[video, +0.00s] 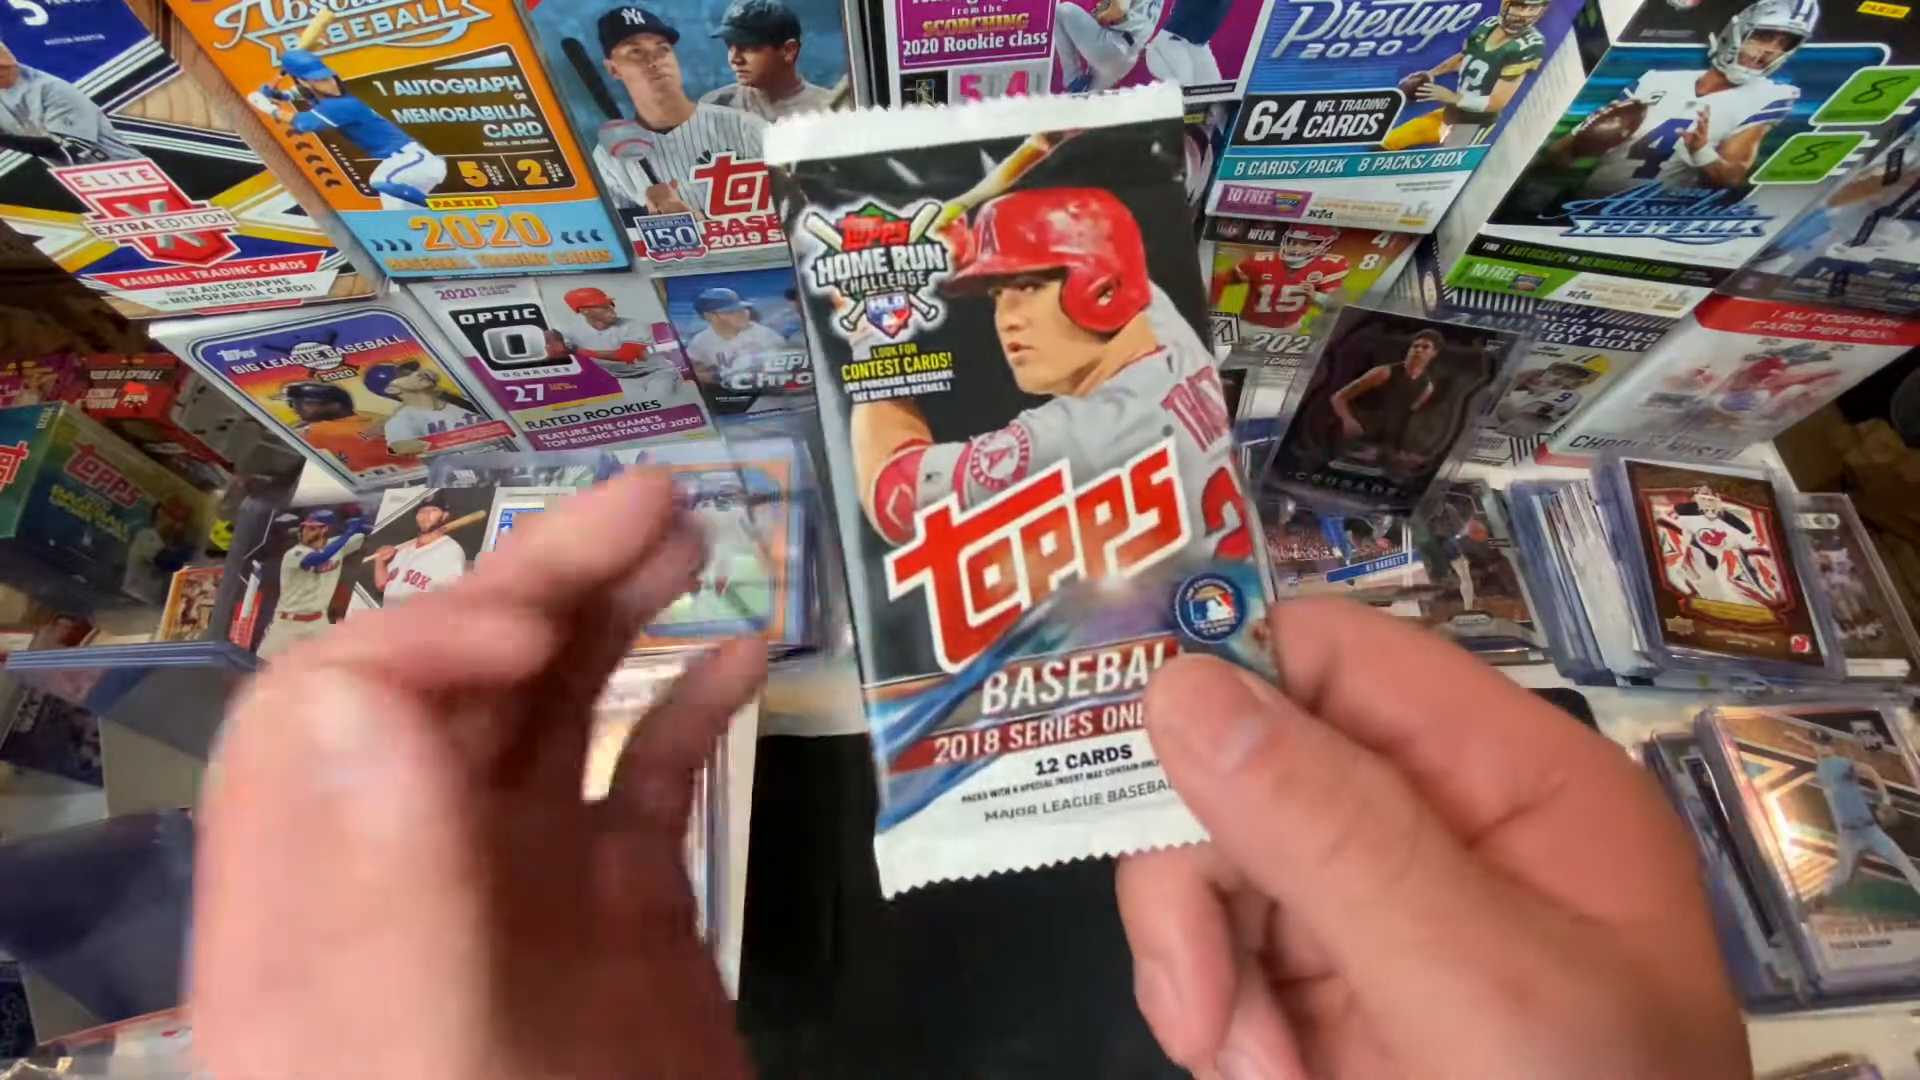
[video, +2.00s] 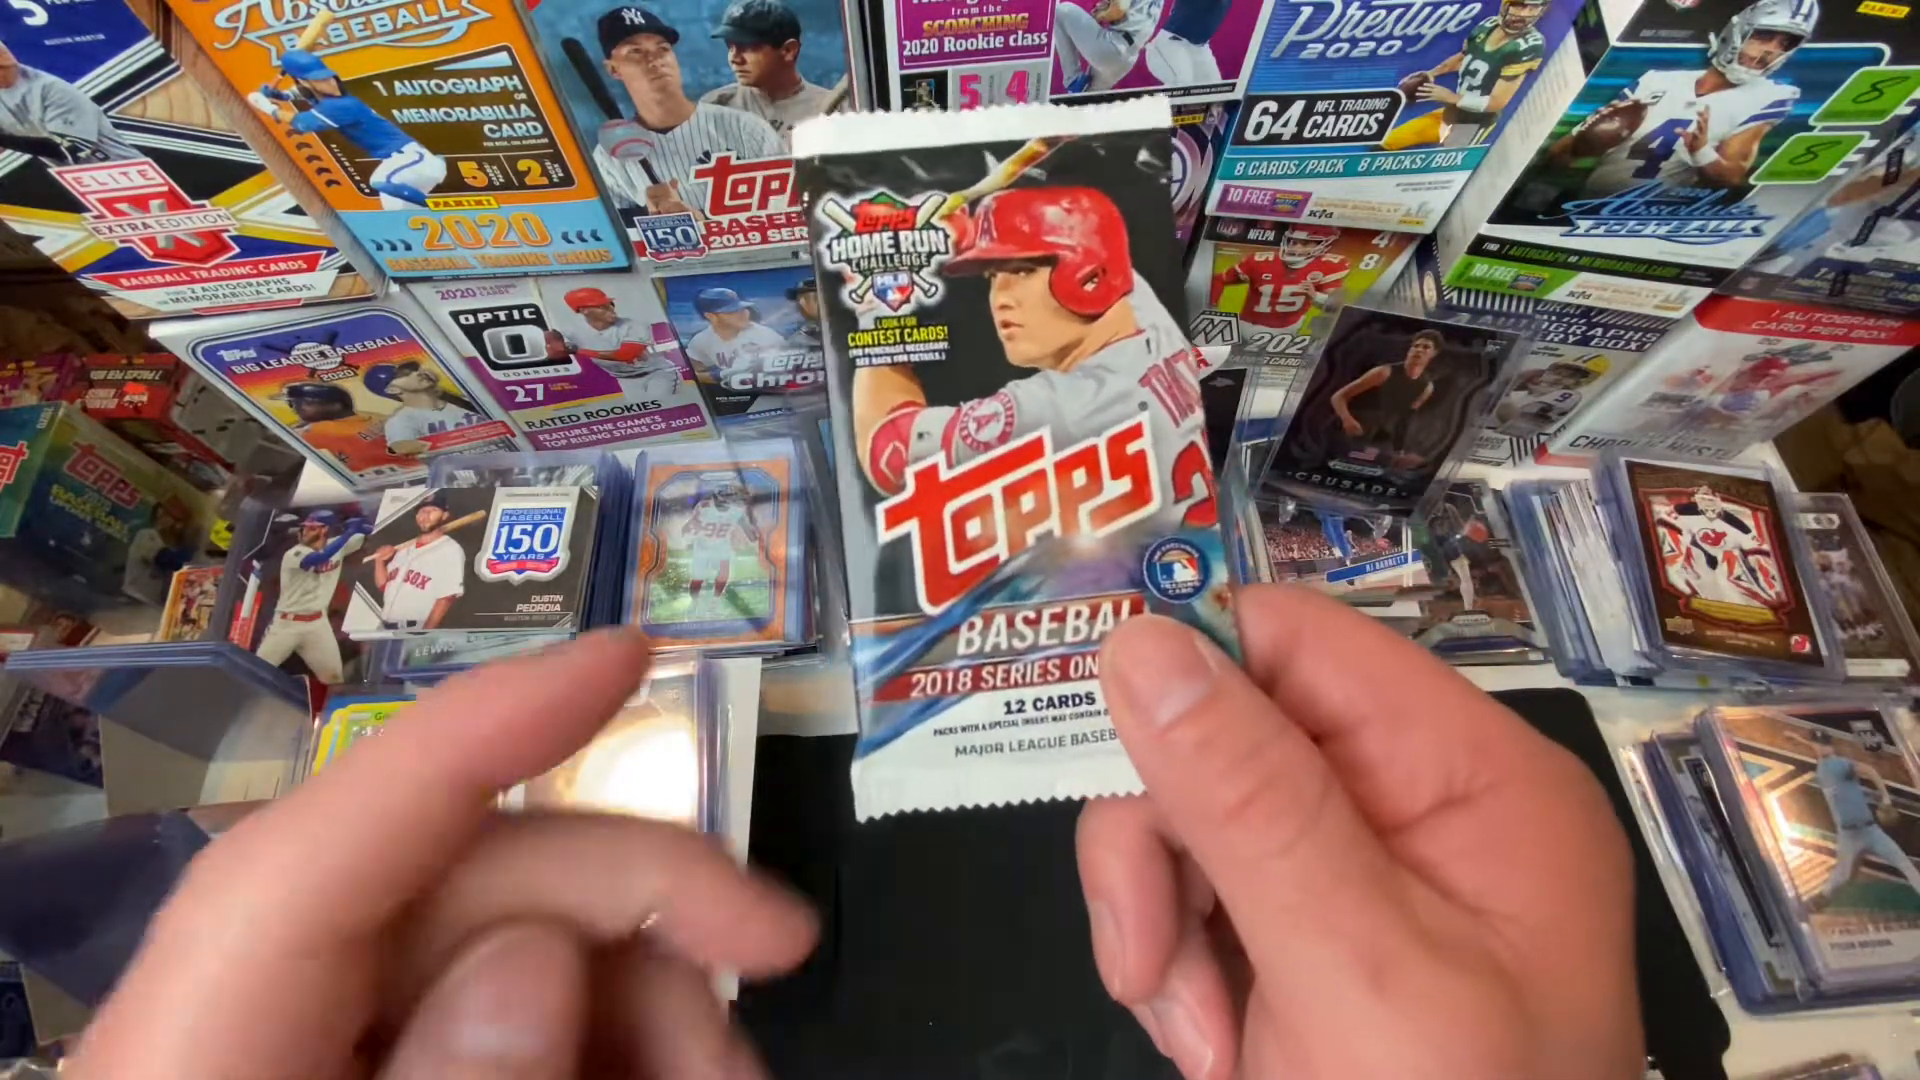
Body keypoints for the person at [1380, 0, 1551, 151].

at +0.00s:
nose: (1520, 13)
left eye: (1530, 7)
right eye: (1515, 5)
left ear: (1542, 11)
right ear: (1503, 4)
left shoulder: (1528, 47)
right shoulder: (1487, 26)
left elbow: (1496, 103)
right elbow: (1463, 58)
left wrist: (1451, 97)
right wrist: (1431, 73)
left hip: (1478, 122)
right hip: (1452, 110)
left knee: (1442, 172)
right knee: (1389, 141)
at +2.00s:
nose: (1520, 13)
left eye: (1530, 7)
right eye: (1515, 5)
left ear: (1541, 11)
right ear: (1504, 5)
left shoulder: (1528, 47)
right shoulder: (1487, 26)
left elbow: (1496, 103)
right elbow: (1463, 57)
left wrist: (1450, 97)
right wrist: (1431, 73)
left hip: (1478, 123)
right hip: (1452, 111)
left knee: (1442, 172)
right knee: (1388, 141)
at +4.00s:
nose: (1516, 13)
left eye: (1528, 7)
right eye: (1513, 5)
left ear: (1541, 11)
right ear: (1503, 4)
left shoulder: (1527, 47)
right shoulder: (1487, 26)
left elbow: (1495, 104)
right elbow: (1463, 58)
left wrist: (1450, 97)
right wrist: (1431, 73)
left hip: (1476, 124)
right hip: (1451, 111)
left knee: (1442, 175)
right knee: (1389, 141)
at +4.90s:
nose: (1520, 13)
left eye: (1529, 7)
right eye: (1515, 5)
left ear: (1542, 11)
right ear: (1503, 5)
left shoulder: (1529, 47)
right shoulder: (1488, 25)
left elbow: (1496, 104)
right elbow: (1463, 57)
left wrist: (1450, 97)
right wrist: (1431, 73)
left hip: (1479, 122)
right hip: (1453, 111)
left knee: (1444, 169)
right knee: (1390, 140)